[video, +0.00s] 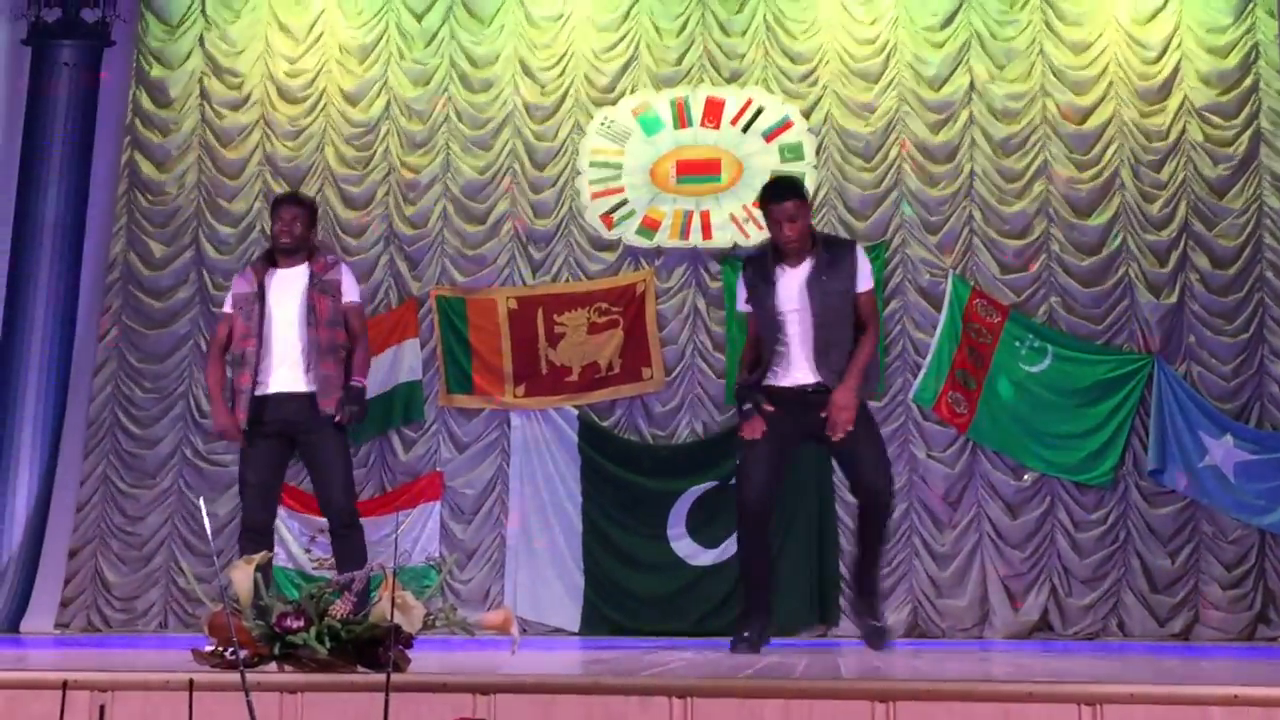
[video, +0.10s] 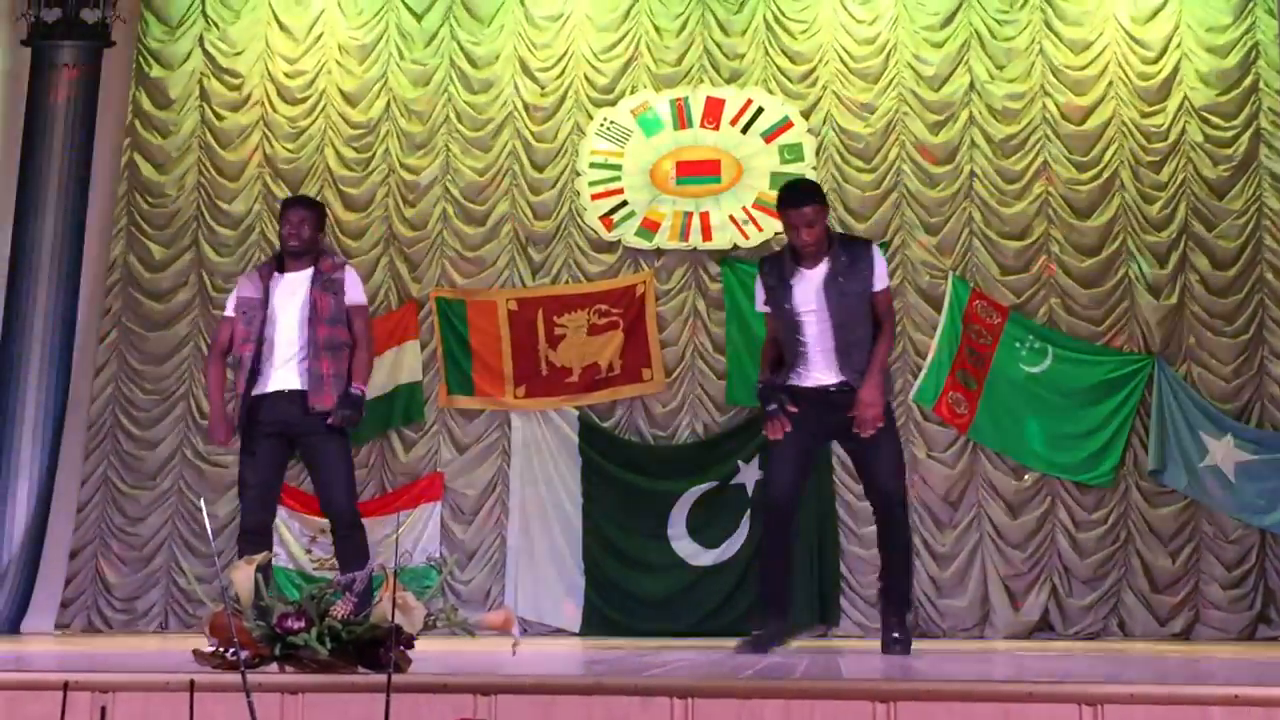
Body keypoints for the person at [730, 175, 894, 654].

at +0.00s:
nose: (788, 230)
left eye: (796, 218)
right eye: (778, 221)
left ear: (810, 215)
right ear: (765, 223)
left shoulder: (848, 257)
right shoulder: (754, 272)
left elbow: (870, 328)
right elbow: (754, 343)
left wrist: (850, 388)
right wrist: (746, 399)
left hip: (834, 399)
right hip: (774, 402)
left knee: (877, 493)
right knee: (752, 503)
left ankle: (865, 599)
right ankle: (754, 620)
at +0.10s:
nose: (807, 235)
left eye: (814, 224)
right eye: (797, 227)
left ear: (828, 219)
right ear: (783, 226)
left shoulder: (864, 257)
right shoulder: (772, 273)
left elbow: (886, 325)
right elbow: (774, 341)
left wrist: (873, 386)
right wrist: (770, 396)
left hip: (860, 399)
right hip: (799, 403)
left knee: (891, 501)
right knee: (775, 503)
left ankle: (896, 619)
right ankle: (771, 622)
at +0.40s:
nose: (899, 191)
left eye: (906, 181)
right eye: (890, 182)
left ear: (920, 179)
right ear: (876, 182)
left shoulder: (946, 218)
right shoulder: (854, 228)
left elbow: (951, 285)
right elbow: (845, 303)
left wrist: (973, 323)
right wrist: (851, 361)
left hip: (944, 361)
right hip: (885, 368)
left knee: (985, 465)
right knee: (901, 481)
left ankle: (1022, 584)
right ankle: (922, 585)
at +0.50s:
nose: (912, 155)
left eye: (920, 145)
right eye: (902, 146)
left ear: (930, 146)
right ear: (885, 148)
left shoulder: (956, 190)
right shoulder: (862, 200)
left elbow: (966, 260)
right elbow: (856, 272)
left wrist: (981, 306)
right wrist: (857, 331)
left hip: (951, 334)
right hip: (891, 339)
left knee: (980, 444)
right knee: (892, 448)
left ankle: (1012, 561)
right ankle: (911, 553)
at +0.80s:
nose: (926, 121)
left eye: (935, 112)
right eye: (917, 114)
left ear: (950, 121)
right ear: (906, 124)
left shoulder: (984, 177)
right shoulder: (885, 188)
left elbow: (997, 257)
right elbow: (880, 266)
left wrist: (974, 262)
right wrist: (893, 270)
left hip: (969, 325)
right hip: (910, 325)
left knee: (996, 438)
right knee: (872, 433)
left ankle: (1022, 557)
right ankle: (835, 551)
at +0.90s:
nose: (914, 131)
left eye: (923, 124)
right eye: (906, 125)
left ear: (938, 134)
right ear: (894, 136)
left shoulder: (969, 187)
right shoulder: (872, 196)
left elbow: (977, 271)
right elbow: (869, 276)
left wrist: (956, 265)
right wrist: (879, 266)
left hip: (955, 333)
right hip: (894, 337)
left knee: (994, 443)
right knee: (859, 445)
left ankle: (1020, 568)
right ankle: (829, 571)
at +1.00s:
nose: (904, 139)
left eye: (913, 133)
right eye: (896, 134)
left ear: (929, 146)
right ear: (883, 149)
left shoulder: (959, 194)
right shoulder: (860, 200)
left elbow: (972, 268)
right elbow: (847, 278)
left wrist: (966, 260)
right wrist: (870, 261)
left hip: (944, 346)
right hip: (883, 350)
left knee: (990, 451)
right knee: (855, 460)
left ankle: (1020, 576)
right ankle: (828, 584)